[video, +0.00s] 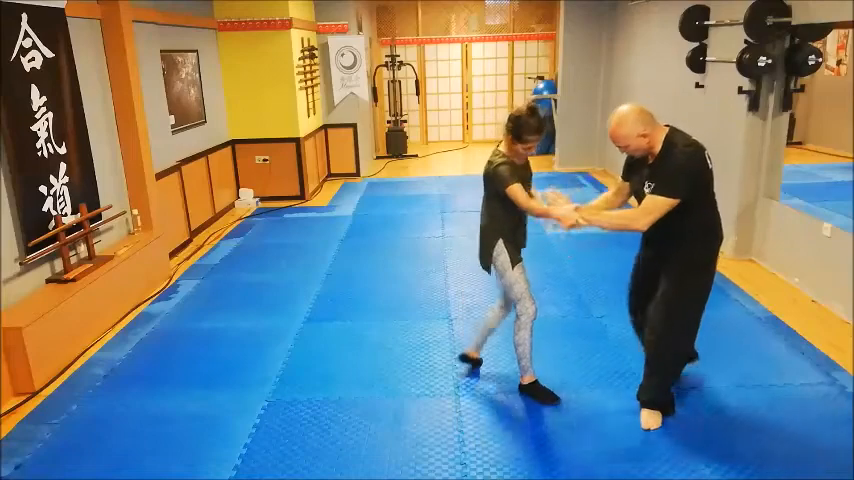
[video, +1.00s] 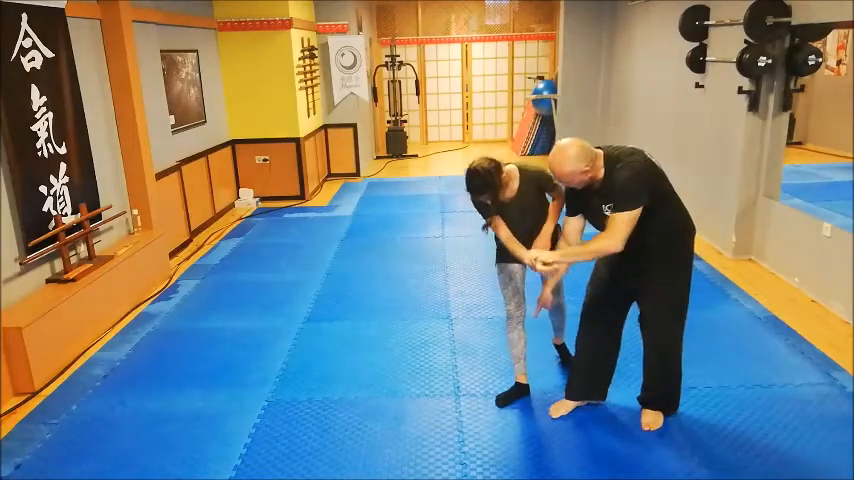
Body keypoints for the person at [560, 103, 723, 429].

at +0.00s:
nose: (622, 151)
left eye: (624, 146)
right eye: (619, 146)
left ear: (645, 133)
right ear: (640, 135)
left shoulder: (684, 158)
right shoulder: (641, 153)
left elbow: (642, 219)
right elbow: (616, 197)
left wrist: (584, 217)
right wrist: (578, 211)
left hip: (692, 252)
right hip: (657, 246)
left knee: (665, 323)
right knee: (640, 308)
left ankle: (654, 400)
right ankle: (676, 354)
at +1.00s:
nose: (564, 188)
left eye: (567, 183)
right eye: (561, 183)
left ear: (589, 169)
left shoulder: (631, 171)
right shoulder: (578, 180)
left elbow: (614, 242)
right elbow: (570, 239)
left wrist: (557, 255)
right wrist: (549, 286)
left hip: (665, 248)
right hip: (620, 246)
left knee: (660, 326)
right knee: (598, 315)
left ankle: (654, 403)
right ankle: (583, 391)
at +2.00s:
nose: (615, 129)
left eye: (620, 123)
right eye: (613, 122)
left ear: (646, 120)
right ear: (633, 120)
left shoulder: (683, 145)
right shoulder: (630, 146)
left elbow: (669, 217)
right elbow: (628, 201)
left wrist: (606, 231)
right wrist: (617, 241)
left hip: (686, 244)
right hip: (645, 238)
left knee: (671, 321)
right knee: (626, 307)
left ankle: (658, 402)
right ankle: (617, 379)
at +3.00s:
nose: (663, 94)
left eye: (668, 89)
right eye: (664, 88)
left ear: (690, 91)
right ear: (695, 91)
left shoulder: (687, 132)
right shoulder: (720, 122)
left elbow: (643, 188)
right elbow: (710, 183)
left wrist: (597, 218)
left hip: (687, 232)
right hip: (711, 225)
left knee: (669, 309)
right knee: (696, 300)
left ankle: (658, 393)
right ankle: (697, 372)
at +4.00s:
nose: (661, 118)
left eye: (665, 111)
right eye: (659, 111)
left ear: (689, 105)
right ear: (676, 107)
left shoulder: (717, 139)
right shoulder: (675, 134)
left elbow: (677, 200)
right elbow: (652, 174)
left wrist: (626, 193)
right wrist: (615, 182)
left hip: (705, 253)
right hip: (675, 247)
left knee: (684, 331)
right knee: (675, 317)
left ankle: (673, 414)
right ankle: (695, 373)